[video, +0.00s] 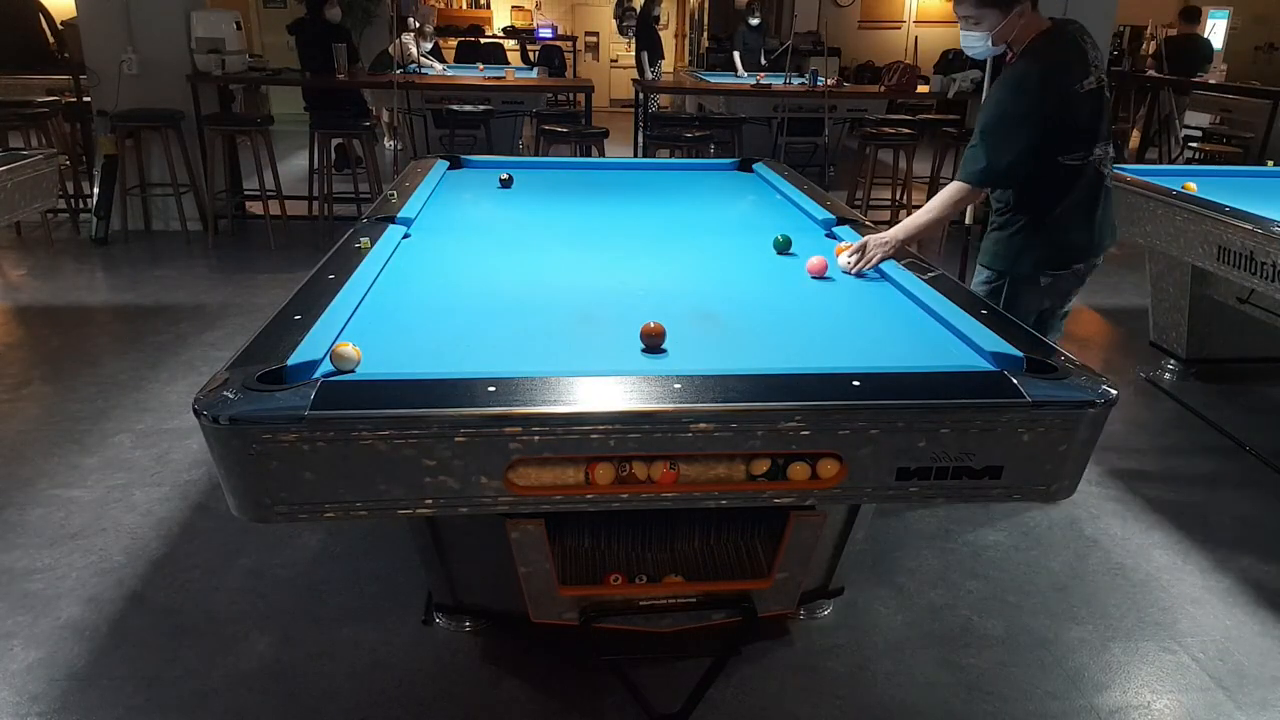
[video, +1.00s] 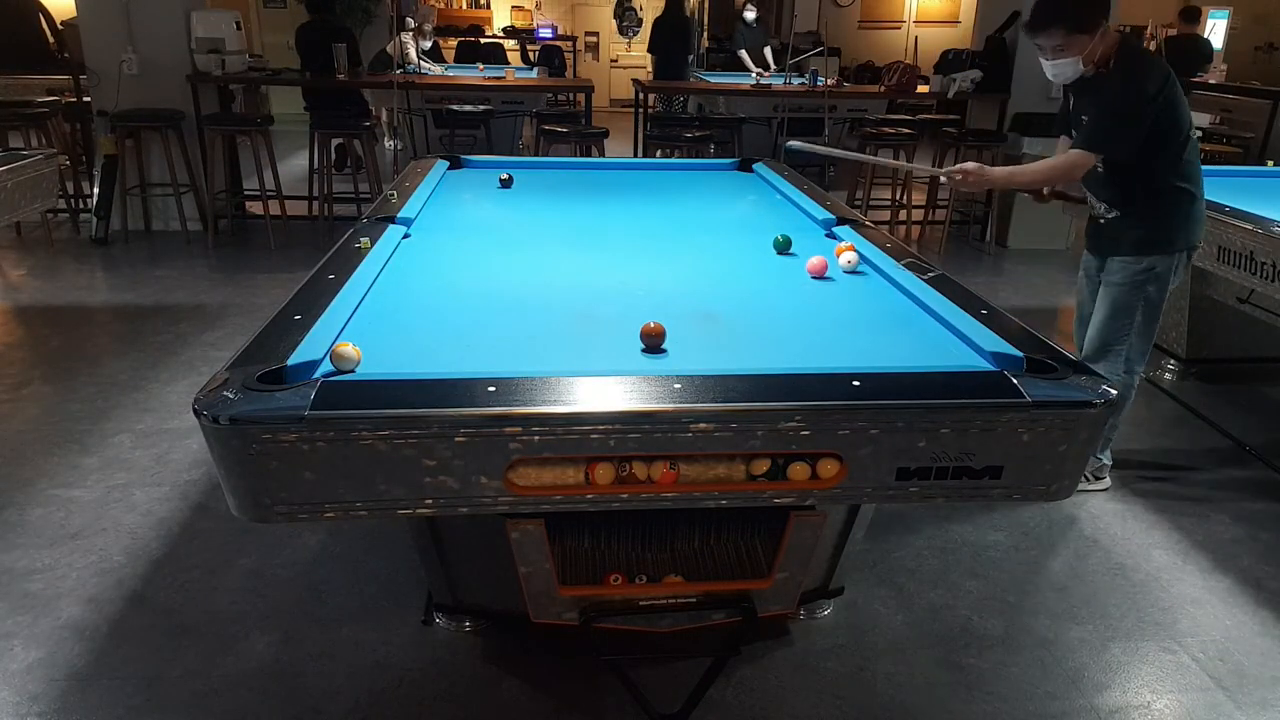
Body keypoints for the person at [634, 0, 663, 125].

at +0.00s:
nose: (660, 9)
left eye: (660, 6)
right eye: (658, 6)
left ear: (651, 6)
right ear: (652, 6)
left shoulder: (649, 23)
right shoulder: (644, 23)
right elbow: (642, 50)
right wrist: (647, 71)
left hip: (655, 63)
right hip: (649, 65)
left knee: (653, 97)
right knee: (649, 97)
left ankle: (650, 126)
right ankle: (646, 127)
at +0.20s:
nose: (662, 7)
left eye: (662, 4)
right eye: (661, 4)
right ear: (655, 4)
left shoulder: (655, 19)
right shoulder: (645, 20)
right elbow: (642, 52)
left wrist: (664, 67)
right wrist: (646, 75)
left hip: (659, 64)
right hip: (650, 65)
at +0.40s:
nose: (686, 7)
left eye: (686, 4)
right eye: (684, 4)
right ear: (677, 5)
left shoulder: (675, 20)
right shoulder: (670, 20)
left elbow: (675, 47)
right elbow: (668, 50)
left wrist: (686, 64)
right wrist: (686, 63)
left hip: (677, 67)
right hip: (672, 68)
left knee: (677, 102)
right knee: (676, 103)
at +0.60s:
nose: (700, 11)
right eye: (699, 8)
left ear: (683, 6)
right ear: (696, 9)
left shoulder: (671, 22)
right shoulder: (695, 25)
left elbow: (663, 51)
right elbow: (700, 56)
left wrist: (666, 68)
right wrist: (704, 70)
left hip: (670, 72)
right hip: (688, 74)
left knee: (674, 107)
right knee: (684, 108)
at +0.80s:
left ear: (672, 6)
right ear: (688, 8)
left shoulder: (664, 22)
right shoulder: (692, 23)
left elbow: (657, 53)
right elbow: (694, 55)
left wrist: (653, 74)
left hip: (665, 73)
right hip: (685, 75)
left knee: (668, 111)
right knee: (681, 111)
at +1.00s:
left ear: (666, 4)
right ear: (682, 5)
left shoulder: (658, 21)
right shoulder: (687, 22)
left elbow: (652, 51)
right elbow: (690, 51)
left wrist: (654, 70)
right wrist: (684, 65)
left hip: (661, 70)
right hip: (681, 71)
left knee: (663, 106)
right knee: (678, 107)